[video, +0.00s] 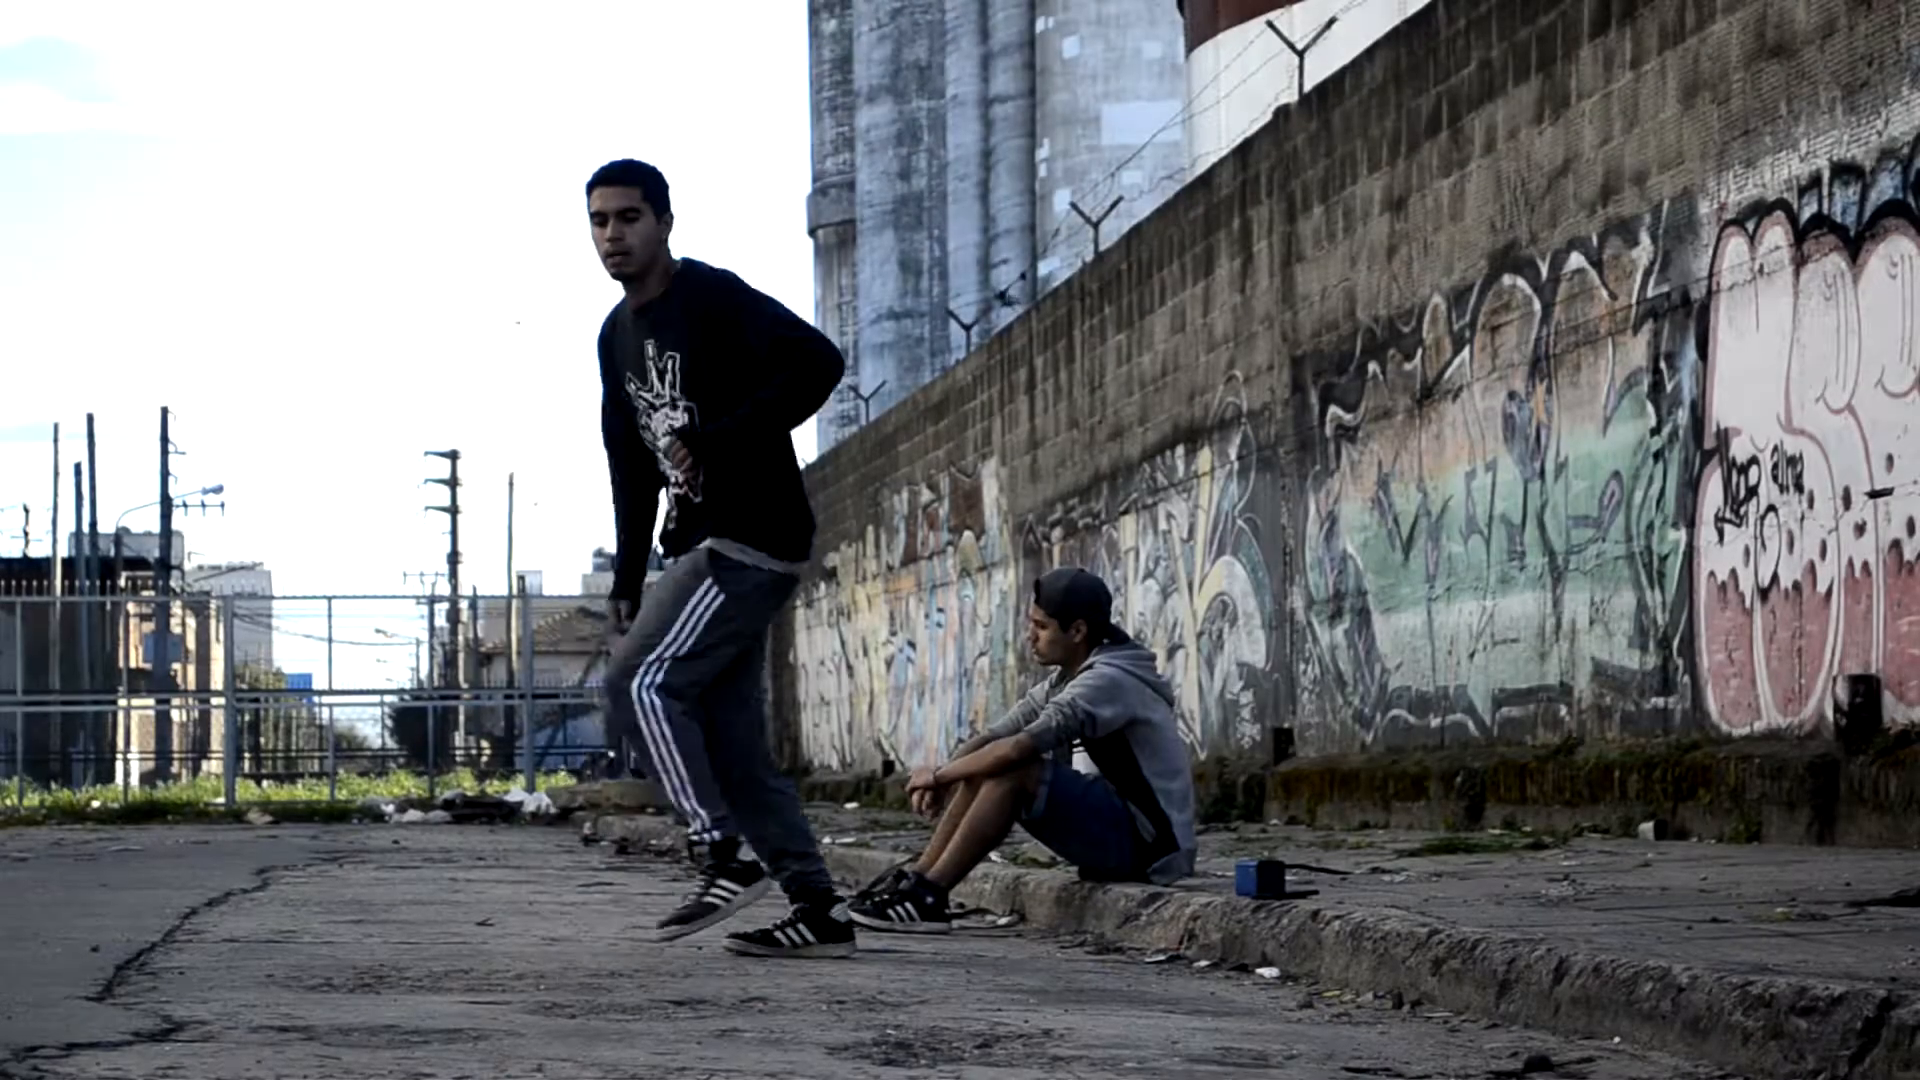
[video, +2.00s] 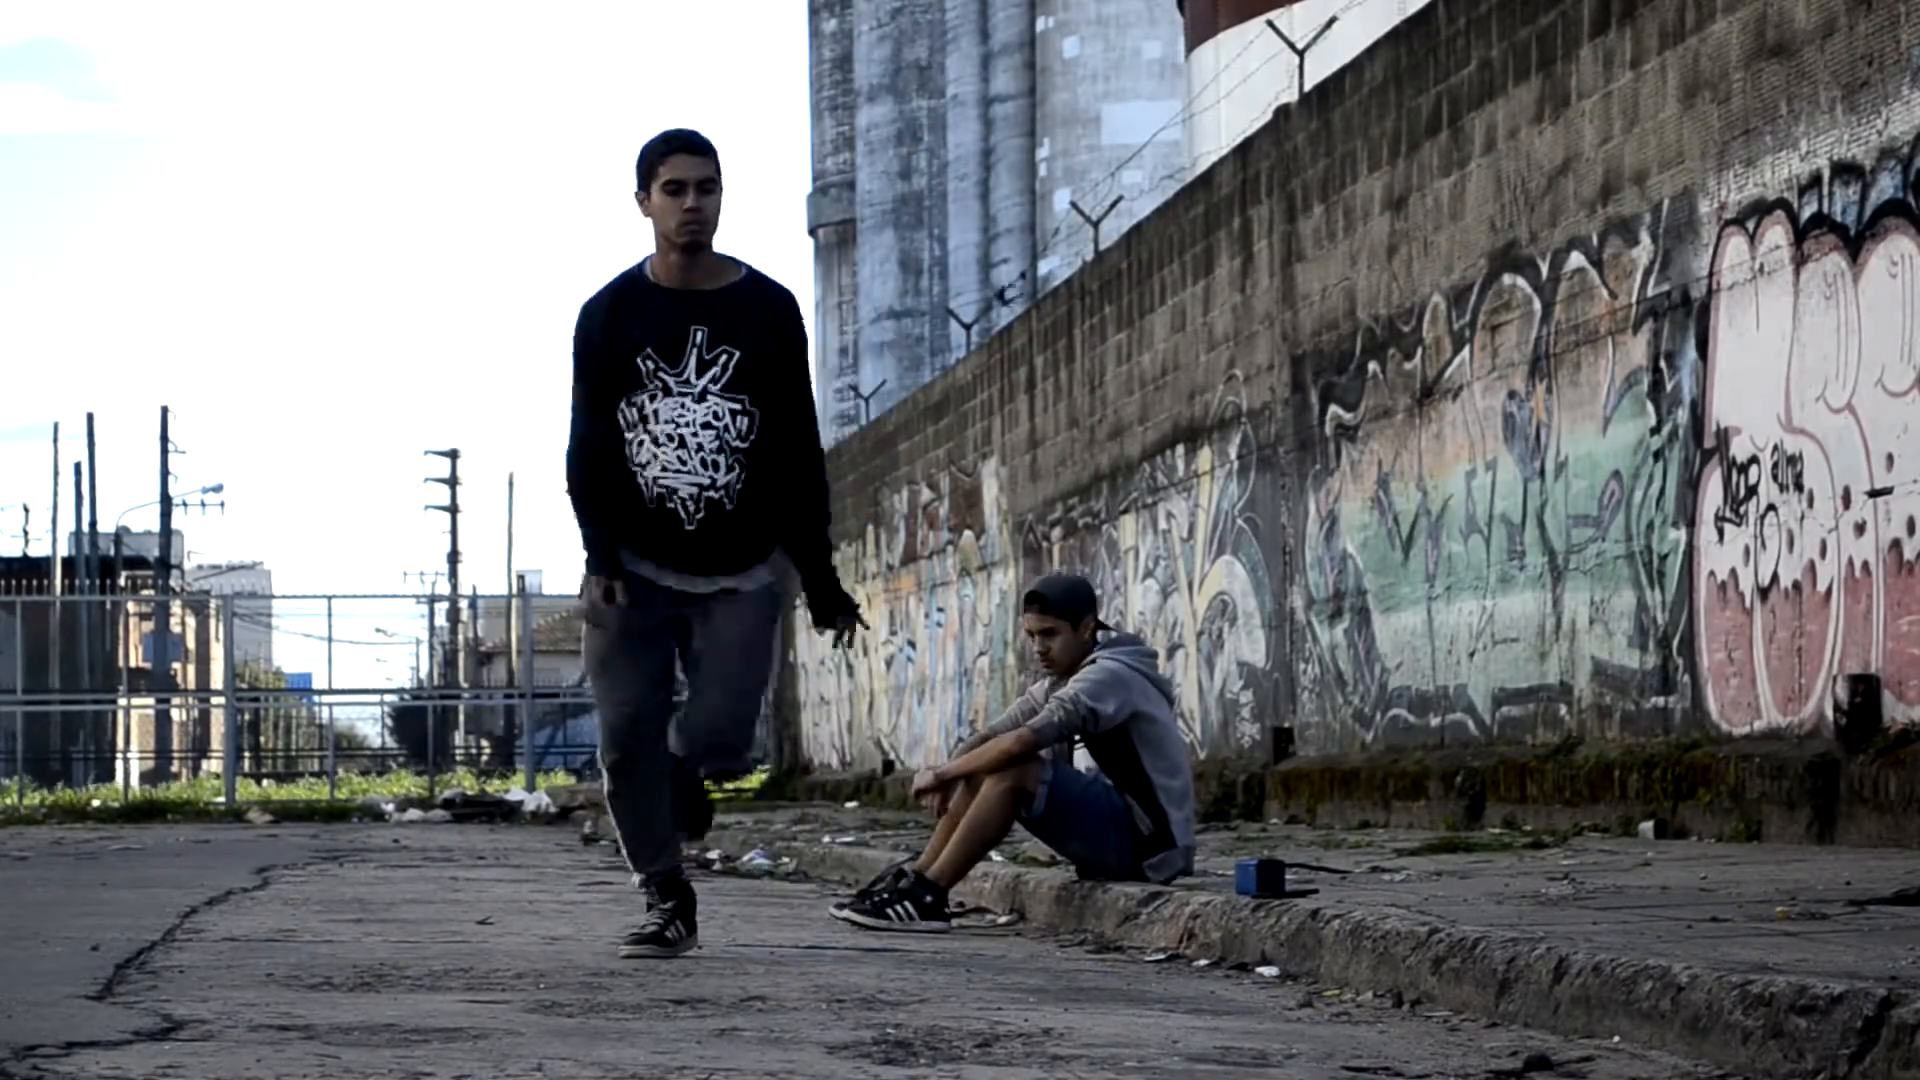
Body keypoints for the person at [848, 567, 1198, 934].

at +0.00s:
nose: (1031, 635)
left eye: (1041, 626)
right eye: (1032, 624)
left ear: (1077, 632)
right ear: (1075, 632)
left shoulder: (1107, 677)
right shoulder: (1072, 675)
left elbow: (1020, 749)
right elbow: (1005, 731)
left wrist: (939, 774)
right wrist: (939, 774)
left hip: (1148, 847)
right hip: (1121, 836)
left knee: (1016, 771)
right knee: (985, 763)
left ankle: (931, 896)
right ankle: (916, 882)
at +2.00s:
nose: (1039, 648)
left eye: (1049, 635)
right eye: (1031, 636)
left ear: (1088, 628)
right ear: (1027, 634)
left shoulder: (1110, 673)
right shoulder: (1068, 676)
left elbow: (1024, 743)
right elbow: (1002, 731)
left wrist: (943, 773)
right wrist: (945, 773)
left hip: (1148, 846)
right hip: (1118, 836)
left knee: (1015, 771)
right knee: (986, 763)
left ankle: (932, 894)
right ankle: (914, 883)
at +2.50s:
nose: (1035, 634)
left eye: (1047, 621)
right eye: (1030, 624)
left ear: (1085, 621)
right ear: (1026, 624)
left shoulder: (1103, 666)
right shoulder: (1081, 668)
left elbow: (1018, 741)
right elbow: (1012, 736)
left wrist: (940, 772)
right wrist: (948, 773)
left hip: (1149, 844)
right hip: (1123, 835)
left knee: (1011, 772)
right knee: (987, 766)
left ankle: (934, 893)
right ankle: (917, 879)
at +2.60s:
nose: (1029, 634)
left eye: (1040, 620)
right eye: (1025, 624)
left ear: (1080, 621)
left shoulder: (1100, 667)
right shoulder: (1079, 671)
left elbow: (1018, 741)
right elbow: (1011, 740)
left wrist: (939, 772)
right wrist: (946, 774)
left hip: (1149, 844)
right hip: (1123, 836)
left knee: (1012, 770)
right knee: (987, 766)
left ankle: (934, 893)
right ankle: (917, 879)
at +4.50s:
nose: (1019, 650)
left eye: (1028, 636)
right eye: (1015, 639)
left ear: (1067, 628)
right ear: (1061, 632)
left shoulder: (1101, 676)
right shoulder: (1064, 684)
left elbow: (1011, 751)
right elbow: (999, 743)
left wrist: (957, 749)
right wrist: (942, 776)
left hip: (1151, 848)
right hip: (1120, 839)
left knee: (1013, 771)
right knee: (983, 767)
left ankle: (933, 895)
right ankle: (915, 882)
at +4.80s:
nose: (1029, 642)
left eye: (1040, 629)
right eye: (1025, 630)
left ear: (1079, 627)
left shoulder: (1105, 674)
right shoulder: (1063, 671)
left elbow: (1007, 738)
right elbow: (990, 725)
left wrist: (994, 717)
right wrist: (936, 792)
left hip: (1147, 845)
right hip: (1116, 833)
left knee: (1013, 766)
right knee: (988, 756)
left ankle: (932, 895)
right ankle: (915, 882)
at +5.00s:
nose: (1030, 642)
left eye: (1041, 630)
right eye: (1026, 631)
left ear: (1080, 627)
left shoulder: (1104, 670)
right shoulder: (1071, 671)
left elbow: (1010, 736)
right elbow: (993, 729)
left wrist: (1009, 727)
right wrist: (936, 791)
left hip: (1148, 844)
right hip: (1119, 833)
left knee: (1011, 766)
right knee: (988, 757)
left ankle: (932, 894)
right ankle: (914, 881)